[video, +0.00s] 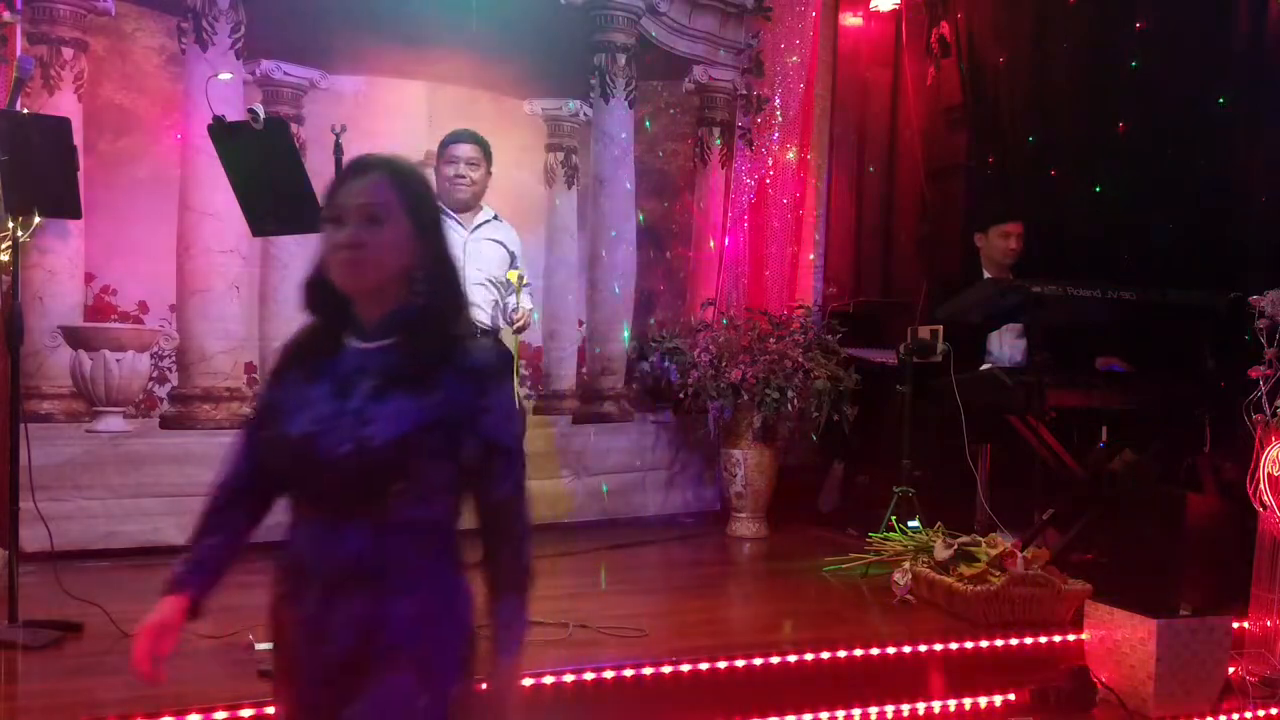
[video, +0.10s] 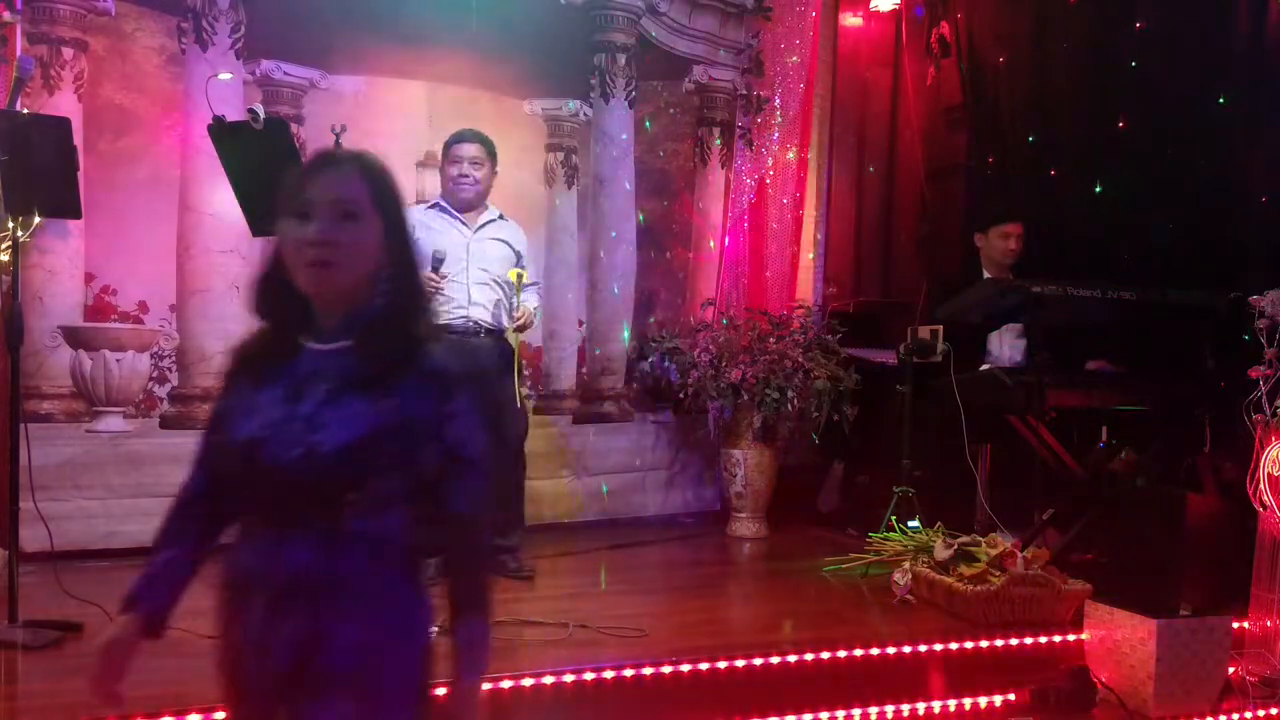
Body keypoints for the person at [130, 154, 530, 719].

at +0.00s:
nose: (349, 237)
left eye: (373, 219)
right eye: (336, 222)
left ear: (419, 239)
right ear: (322, 241)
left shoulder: (470, 365)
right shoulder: (306, 358)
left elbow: (505, 528)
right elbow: (246, 490)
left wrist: (505, 665)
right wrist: (183, 592)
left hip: (412, 627)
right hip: (310, 624)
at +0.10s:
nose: (319, 234)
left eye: (347, 216)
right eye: (302, 215)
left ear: (387, 242)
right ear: (279, 239)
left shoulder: (426, 375)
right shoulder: (257, 366)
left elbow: (465, 536)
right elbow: (204, 501)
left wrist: (468, 679)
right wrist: (141, 615)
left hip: (372, 633)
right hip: (260, 629)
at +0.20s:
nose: (273, 218)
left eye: (304, 200)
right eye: (253, 197)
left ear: (346, 228)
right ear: (229, 219)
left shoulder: (383, 380)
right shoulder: (202, 365)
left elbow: (422, 548)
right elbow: (159, 511)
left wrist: (419, 690)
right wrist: (98, 643)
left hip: (330, 652)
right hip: (206, 650)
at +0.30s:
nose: (214, 202)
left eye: (246, 183)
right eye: (195, 179)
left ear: (295, 211)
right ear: (169, 201)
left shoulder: (333, 374)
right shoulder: (147, 363)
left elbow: (354, 559)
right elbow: (108, 519)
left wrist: (337, 698)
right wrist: (58, 653)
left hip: (277, 683)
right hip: (139, 675)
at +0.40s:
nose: (148, 190)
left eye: (180, 170)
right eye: (127, 168)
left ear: (231, 197)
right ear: (102, 194)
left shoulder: (272, 363)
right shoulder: (88, 353)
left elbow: (275, 544)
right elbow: (60, 514)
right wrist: (24, 629)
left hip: (214, 675)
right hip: (83, 666)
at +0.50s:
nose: (71, 186)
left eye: (106, 162)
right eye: (49, 164)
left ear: (164, 191)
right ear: (21, 190)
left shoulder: (206, 366)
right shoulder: (24, 355)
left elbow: (186, 570)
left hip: (160, 686)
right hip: (39, 683)